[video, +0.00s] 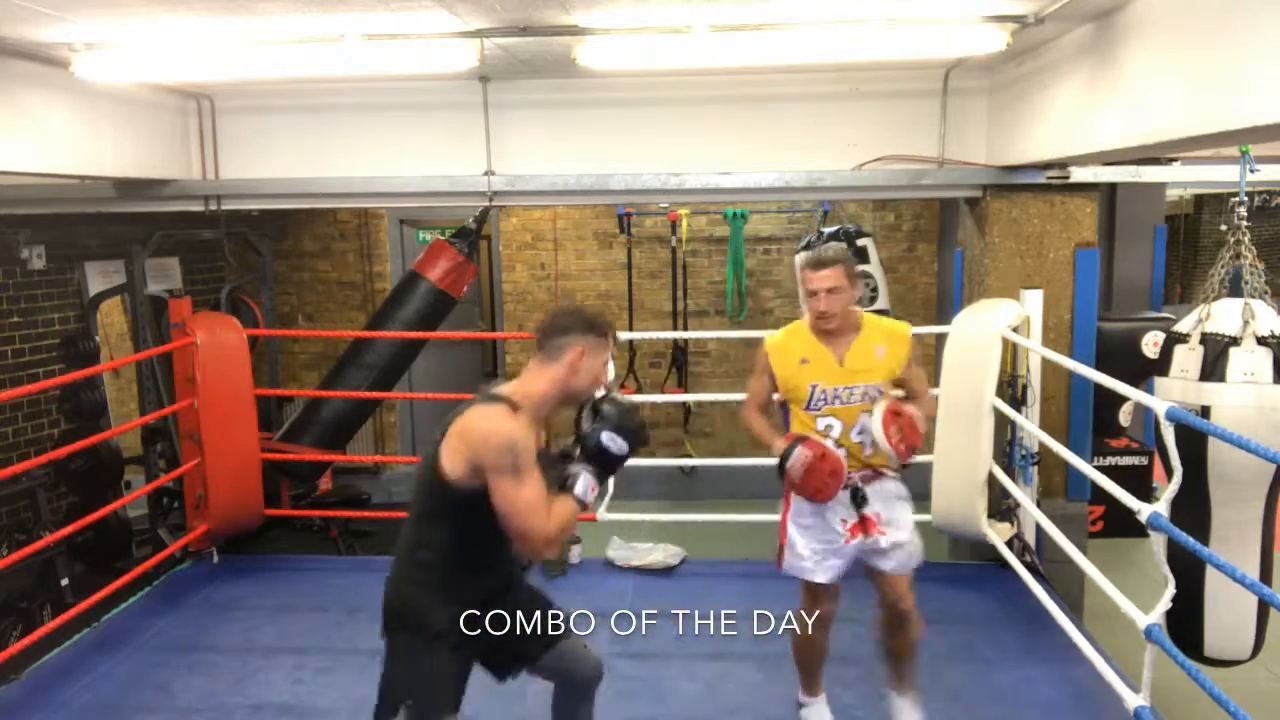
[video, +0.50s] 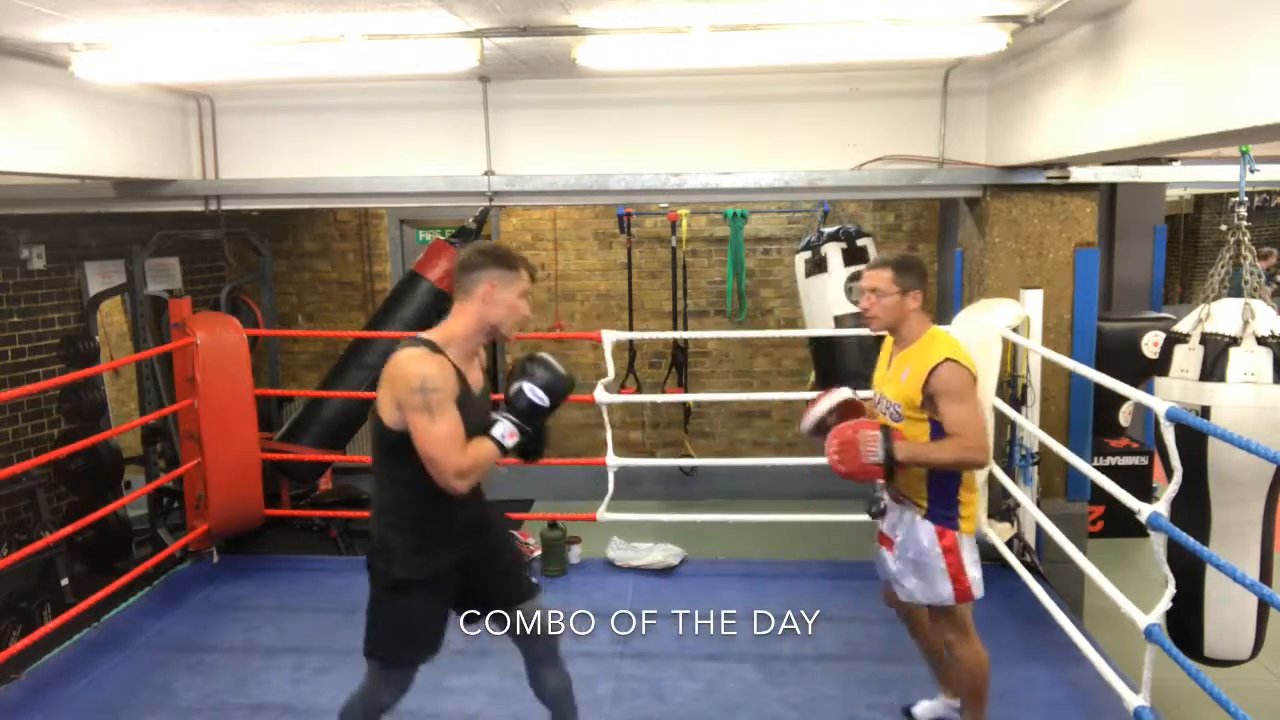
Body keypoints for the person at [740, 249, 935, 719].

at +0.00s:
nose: (821, 305)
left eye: (832, 293)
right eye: (811, 294)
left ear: (855, 291)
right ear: (801, 295)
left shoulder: (896, 338)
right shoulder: (779, 348)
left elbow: (922, 397)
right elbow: (751, 409)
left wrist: (912, 421)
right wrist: (782, 447)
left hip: (883, 490)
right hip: (815, 496)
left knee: (901, 605)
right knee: (817, 607)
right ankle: (812, 701)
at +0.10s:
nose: (831, 309)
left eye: (842, 298)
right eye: (824, 300)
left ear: (872, 299)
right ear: (818, 302)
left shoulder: (921, 351)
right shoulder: (806, 350)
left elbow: (963, 414)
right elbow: (787, 411)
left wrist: (936, 439)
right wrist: (799, 446)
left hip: (898, 505)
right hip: (831, 505)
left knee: (925, 615)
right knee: (831, 612)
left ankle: (956, 712)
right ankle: (835, 702)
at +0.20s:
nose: (840, 315)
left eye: (852, 304)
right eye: (838, 305)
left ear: (888, 307)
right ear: (837, 308)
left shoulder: (938, 368)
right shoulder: (836, 358)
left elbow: (985, 436)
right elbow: (826, 414)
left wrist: (939, 460)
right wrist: (815, 445)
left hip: (916, 517)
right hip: (852, 509)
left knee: (940, 633)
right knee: (839, 616)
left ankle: (968, 716)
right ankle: (860, 705)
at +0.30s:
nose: (848, 308)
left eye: (860, 297)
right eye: (847, 298)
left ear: (898, 300)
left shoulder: (945, 364)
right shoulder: (858, 349)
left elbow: (989, 436)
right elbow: (872, 415)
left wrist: (924, 455)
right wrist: (841, 429)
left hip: (930, 515)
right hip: (874, 503)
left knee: (948, 629)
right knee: (858, 605)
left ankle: (971, 715)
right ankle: (884, 706)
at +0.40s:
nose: (859, 304)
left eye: (871, 294)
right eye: (857, 293)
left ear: (907, 297)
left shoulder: (945, 364)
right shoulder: (879, 343)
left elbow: (986, 439)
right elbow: (889, 412)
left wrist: (910, 449)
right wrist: (849, 423)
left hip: (938, 518)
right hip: (890, 505)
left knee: (956, 626)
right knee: (877, 597)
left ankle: (974, 716)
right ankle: (923, 699)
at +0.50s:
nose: (863, 305)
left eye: (875, 295)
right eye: (863, 295)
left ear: (913, 300)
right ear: (899, 302)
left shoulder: (945, 366)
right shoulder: (895, 344)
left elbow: (975, 450)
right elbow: (900, 419)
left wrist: (893, 449)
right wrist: (850, 409)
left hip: (939, 523)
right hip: (901, 509)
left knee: (955, 632)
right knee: (902, 599)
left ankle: (975, 715)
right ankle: (952, 697)